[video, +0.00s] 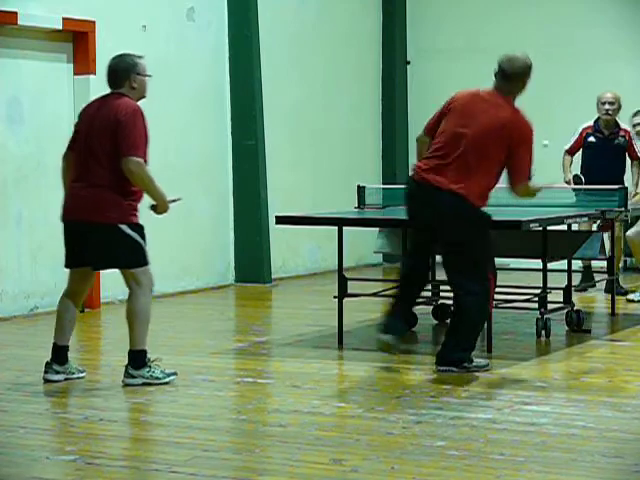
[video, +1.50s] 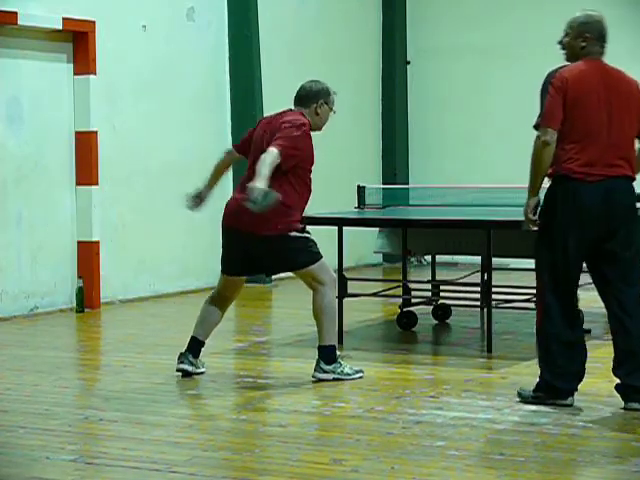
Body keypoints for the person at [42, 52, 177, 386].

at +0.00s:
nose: (148, 82)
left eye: (147, 77)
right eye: (145, 77)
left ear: (117, 81)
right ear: (132, 80)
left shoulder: (90, 109)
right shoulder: (130, 110)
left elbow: (69, 159)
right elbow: (132, 163)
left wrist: (74, 200)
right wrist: (159, 198)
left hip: (77, 214)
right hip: (114, 215)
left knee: (76, 288)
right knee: (141, 283)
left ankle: (58, 363)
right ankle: (138, 365)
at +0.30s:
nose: (188, 82)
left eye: (188, 77)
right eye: (186, 77)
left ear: (156, 80)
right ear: (176, 80)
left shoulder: (130, 109)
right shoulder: (178, 111)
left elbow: (104, 155)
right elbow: (190, 163)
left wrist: (104, 196)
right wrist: (213, 192)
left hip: (115, 210)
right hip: (152, 213)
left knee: (137, 277)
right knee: (160, 288)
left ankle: (112, 344)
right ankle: (139, 365)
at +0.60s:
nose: (232, 95)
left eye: (231, 90)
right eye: (229, 91)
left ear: (198, 96)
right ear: (220, 95)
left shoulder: (177, 123)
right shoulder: (222, 125)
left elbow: (153, 171)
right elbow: (233, 177)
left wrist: (160, 206)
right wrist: (252, 202)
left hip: (161, 223)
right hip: (198, 223)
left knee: (188, 284)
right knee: (244, 280)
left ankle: (181, 356)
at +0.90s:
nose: (289, 113)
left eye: (288, 108)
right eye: (286, 108)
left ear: (257, 111)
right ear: (275, 112)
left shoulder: (233, 135)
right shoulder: (277, 143)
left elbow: (201, 173)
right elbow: (293, 191)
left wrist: (191, 206)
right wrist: (332, 220)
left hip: (216, 236)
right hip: (257, 239)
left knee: (221, 294)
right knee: (317, 286)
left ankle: (185, 358)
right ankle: (327, 361)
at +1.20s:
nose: (331, 111)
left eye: (330, 105)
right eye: (330, 106)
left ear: (298, 107)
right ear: (322, 111)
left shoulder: (271, 124)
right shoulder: (318, 139)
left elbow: (234, 155)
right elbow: (326, 189)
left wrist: (226, 192)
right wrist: (346, 218)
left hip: (245, 229)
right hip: (288, 233)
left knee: (230, 288)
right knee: (339, 285)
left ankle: (192, 345)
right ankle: (330, 360)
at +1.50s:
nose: (329, 116)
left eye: (330, 110)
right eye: (329, 110)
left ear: (300, 104)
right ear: (317, 107)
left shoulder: (269, 122)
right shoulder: (298, 127)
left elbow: (228, 157)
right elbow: (270, 156)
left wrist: (205, 189)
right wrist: (260, 185)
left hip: (237, 221)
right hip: (277, 223)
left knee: (225, 292)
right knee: (325, 282)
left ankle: (190, 355)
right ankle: (328, 361)